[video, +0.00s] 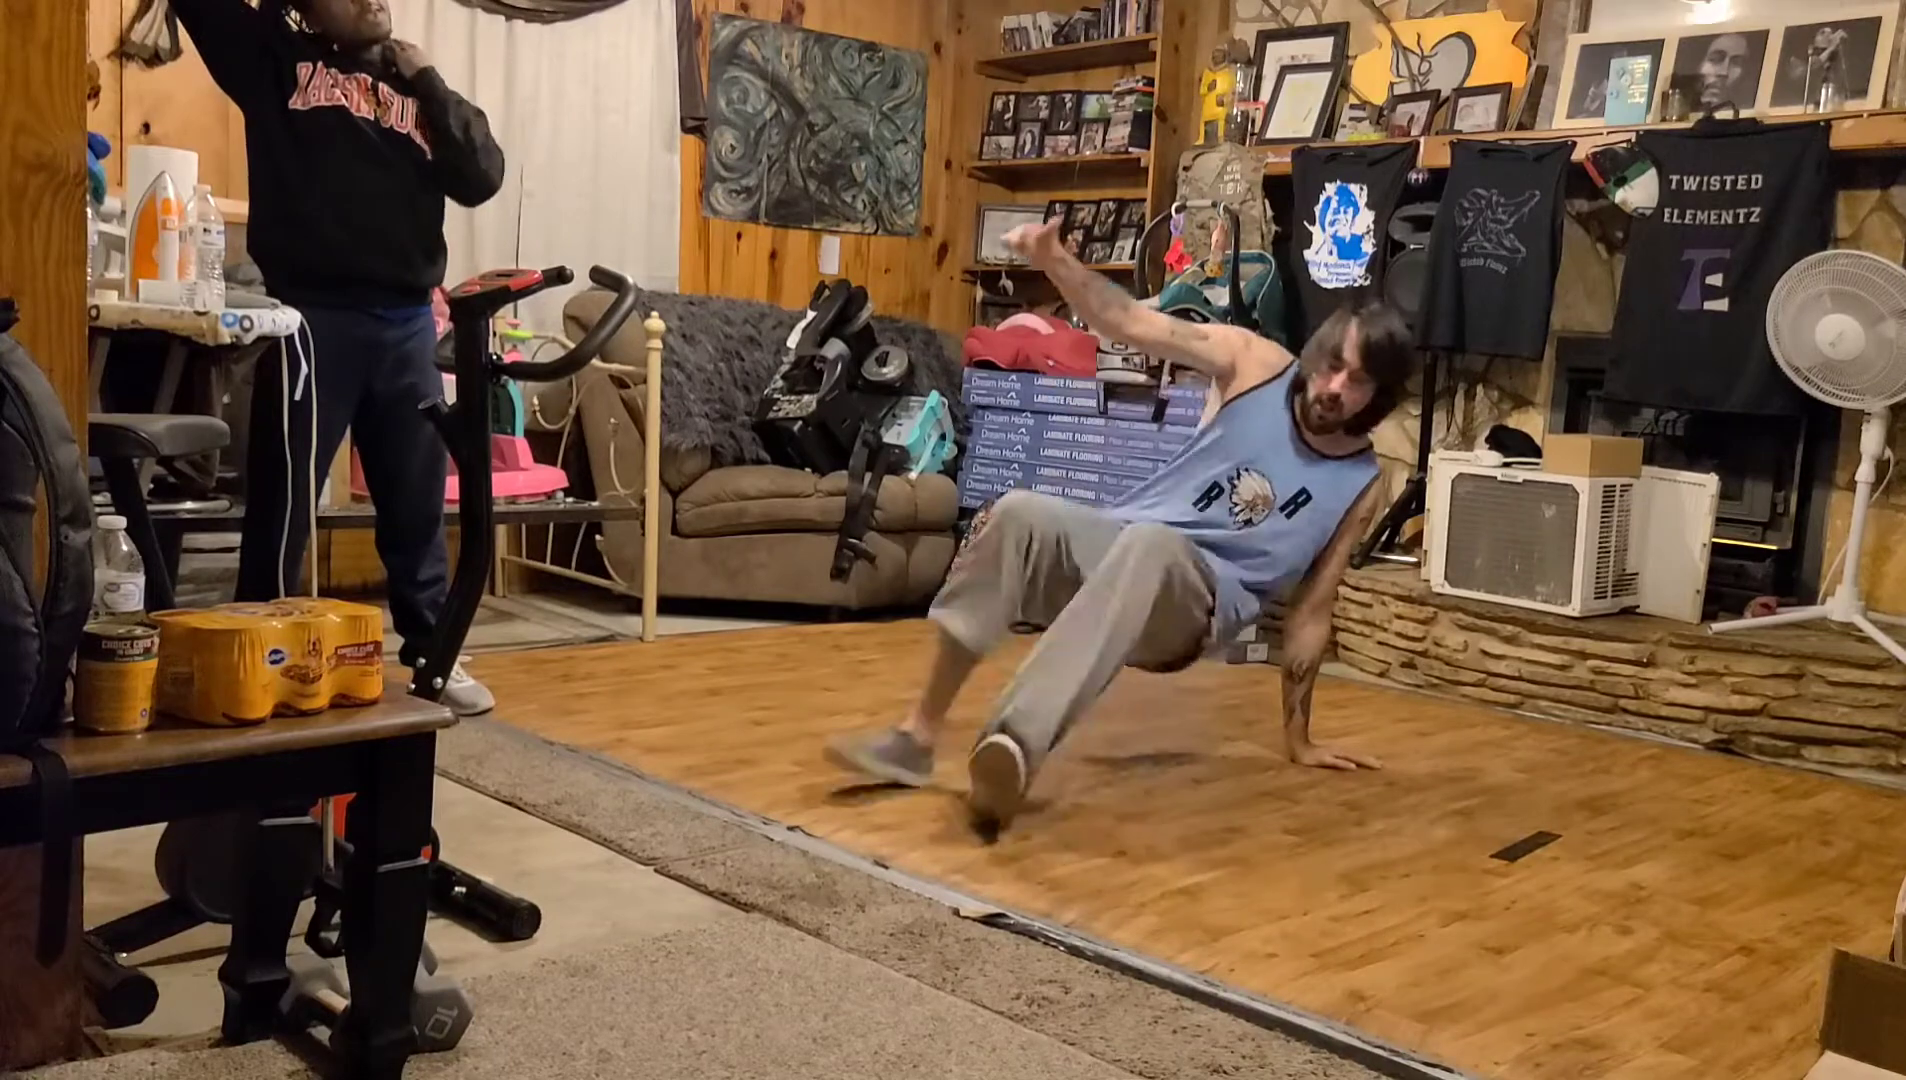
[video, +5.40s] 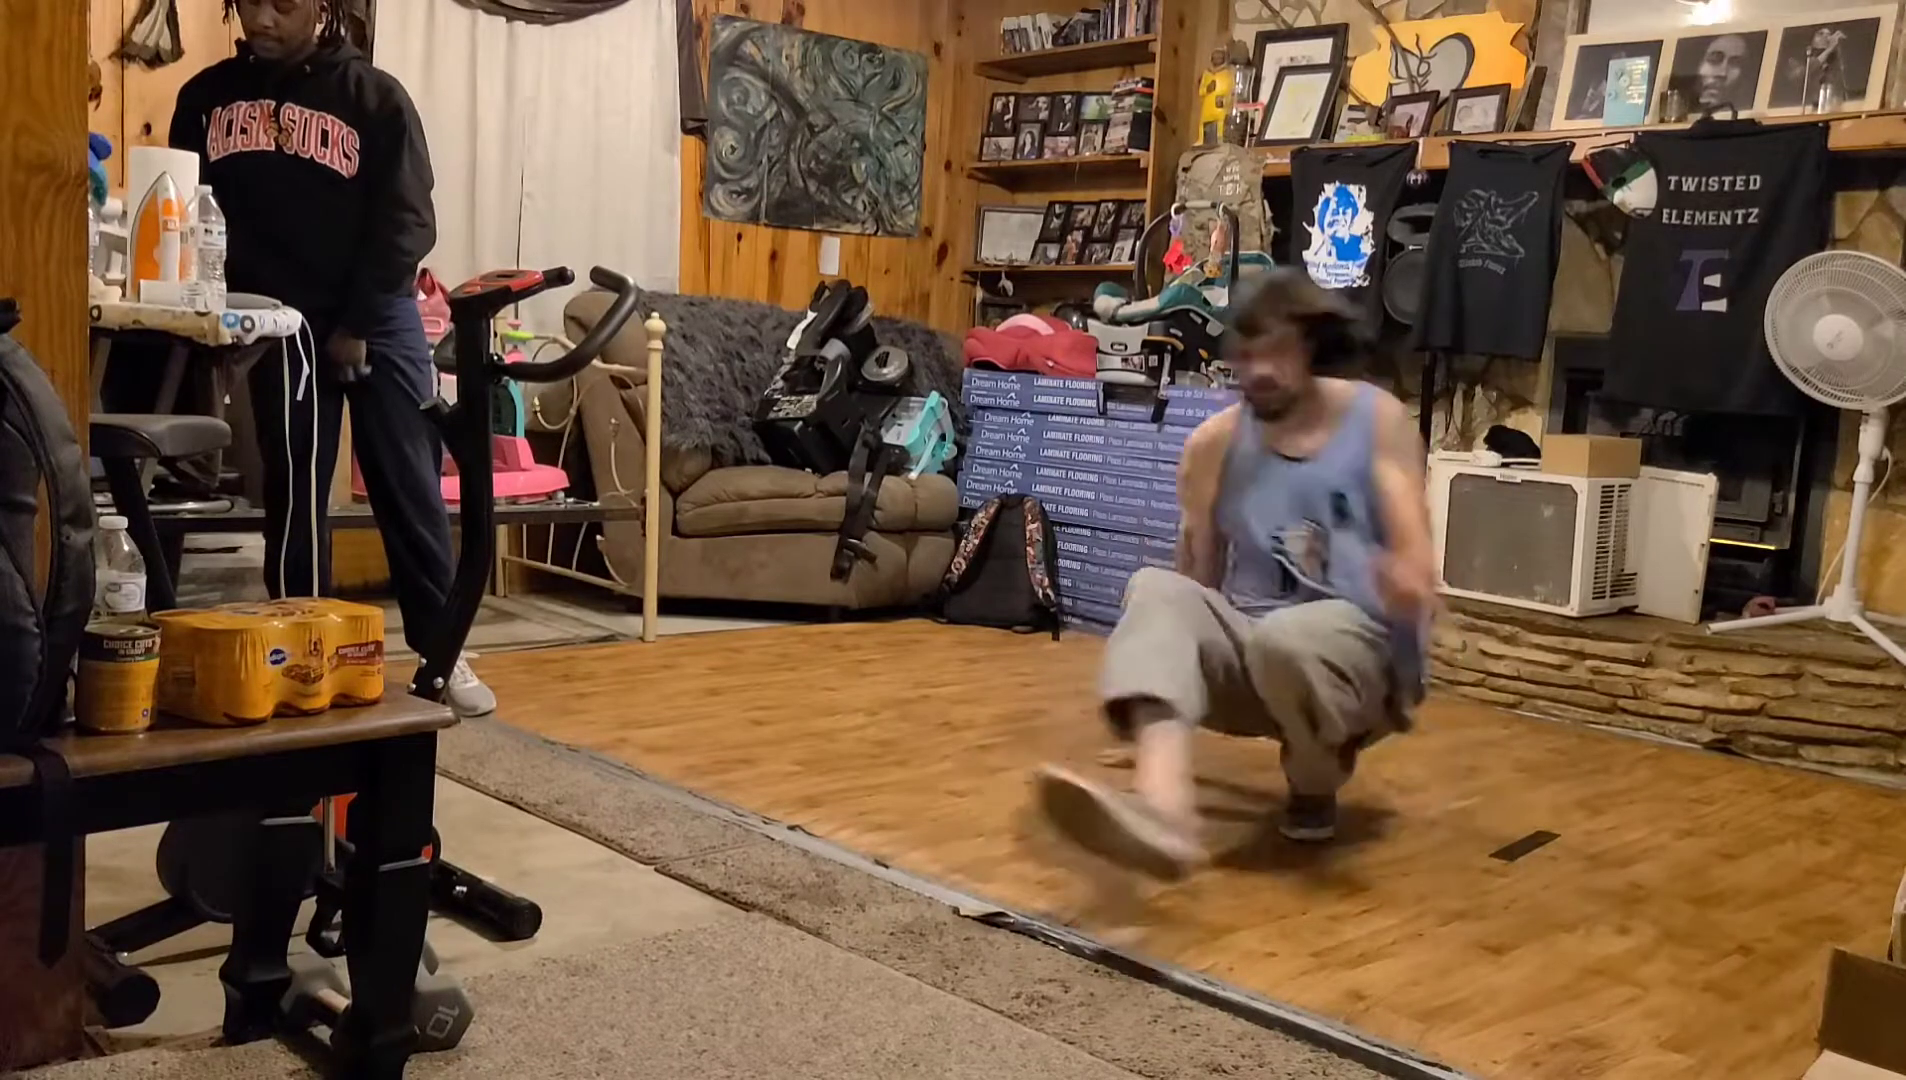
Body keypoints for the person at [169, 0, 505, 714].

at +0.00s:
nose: (374, 2)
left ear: (383, 7)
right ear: (306, 8)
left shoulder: (418, 87)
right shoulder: (273, 58)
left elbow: (481, 180)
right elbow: (195, 0)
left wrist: (429, 85)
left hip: (405, 323)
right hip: (308, 319)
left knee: (416, 502)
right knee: (283, 503)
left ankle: (432, 658)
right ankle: (259, 663)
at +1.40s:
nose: (382, 4)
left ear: (395, 10)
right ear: (323, 6)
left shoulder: (423, 97)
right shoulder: (286, 63)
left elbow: (450, 220)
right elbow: (207, 51)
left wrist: (461, 132)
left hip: (400, 324)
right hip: (300, 321)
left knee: (413, 500)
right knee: (279, 500)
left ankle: (432, 657)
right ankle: (257, 662)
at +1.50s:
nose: (386, 3)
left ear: (401, 11)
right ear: (331, 2)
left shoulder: (429, 99)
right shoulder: (287, 63)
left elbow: (448, 220)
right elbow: (234, 121)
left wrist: (463, 141)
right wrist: (257, 22)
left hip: (398, 325)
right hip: (298, 322)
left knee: (413, 499)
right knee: (278, 499)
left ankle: (432, 658)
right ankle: (252, 660)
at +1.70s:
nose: (414, 10)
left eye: (417, 3)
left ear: (415, 16)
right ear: (344, 4)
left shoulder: (435, 105)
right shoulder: (290, 74)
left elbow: (448, 224)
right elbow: (247, 149)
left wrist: (474, 156)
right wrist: (326, 117)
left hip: (400, 327)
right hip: (303, 326)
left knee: (415, 498)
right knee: (280, 499)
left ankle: (432, 656)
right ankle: (253, 660)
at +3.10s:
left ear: (477, 12)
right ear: (403, 8)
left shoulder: (508, 117)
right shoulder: (351, 89)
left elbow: (530, 236)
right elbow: (302, 186)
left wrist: (455, 249)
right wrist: (320, 204)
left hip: (451, 334)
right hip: (356, 327)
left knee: (449, 502)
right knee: (333, 495)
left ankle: (434, 661)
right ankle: (308, 657)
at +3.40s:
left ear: (417, 7)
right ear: (334, 5)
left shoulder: (456, 112)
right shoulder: (293, 93)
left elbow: (472, 245)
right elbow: (274, 197)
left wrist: (424, 333)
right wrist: (217, 214)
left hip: (416, 334)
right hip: (317, 329)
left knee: (433, 497)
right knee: (314, 494)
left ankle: (433, 657)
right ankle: (305, 654)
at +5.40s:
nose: (258, 17)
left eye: (278, 4)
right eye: (249, 3)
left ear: (320, 11)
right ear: (236, 8)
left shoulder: (373, 97)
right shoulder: (206, 97)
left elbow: (406, 226)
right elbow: (177, 215)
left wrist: (357, 322)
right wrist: (208, 316)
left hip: (376, 309)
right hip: (275, 314)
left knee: (409, 482)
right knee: (292, 488)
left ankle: (442, 653)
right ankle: (298, 650)